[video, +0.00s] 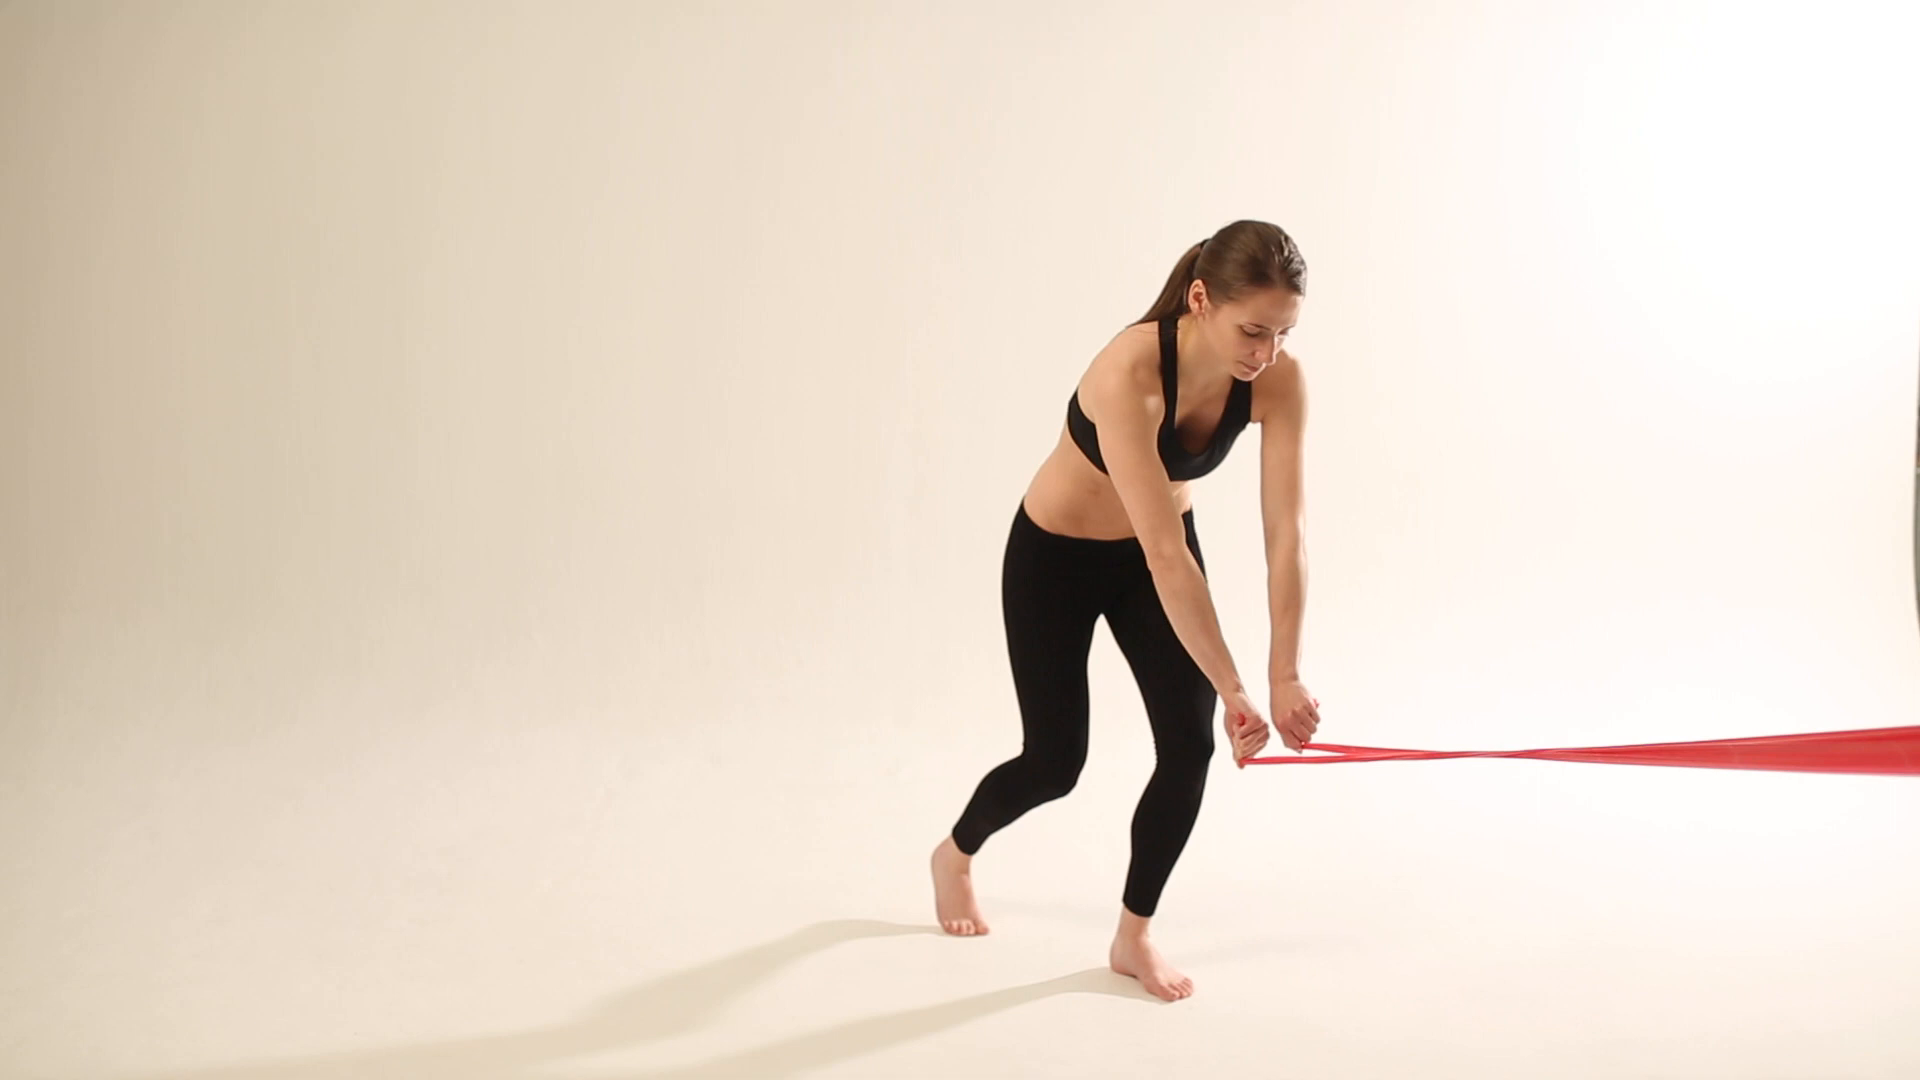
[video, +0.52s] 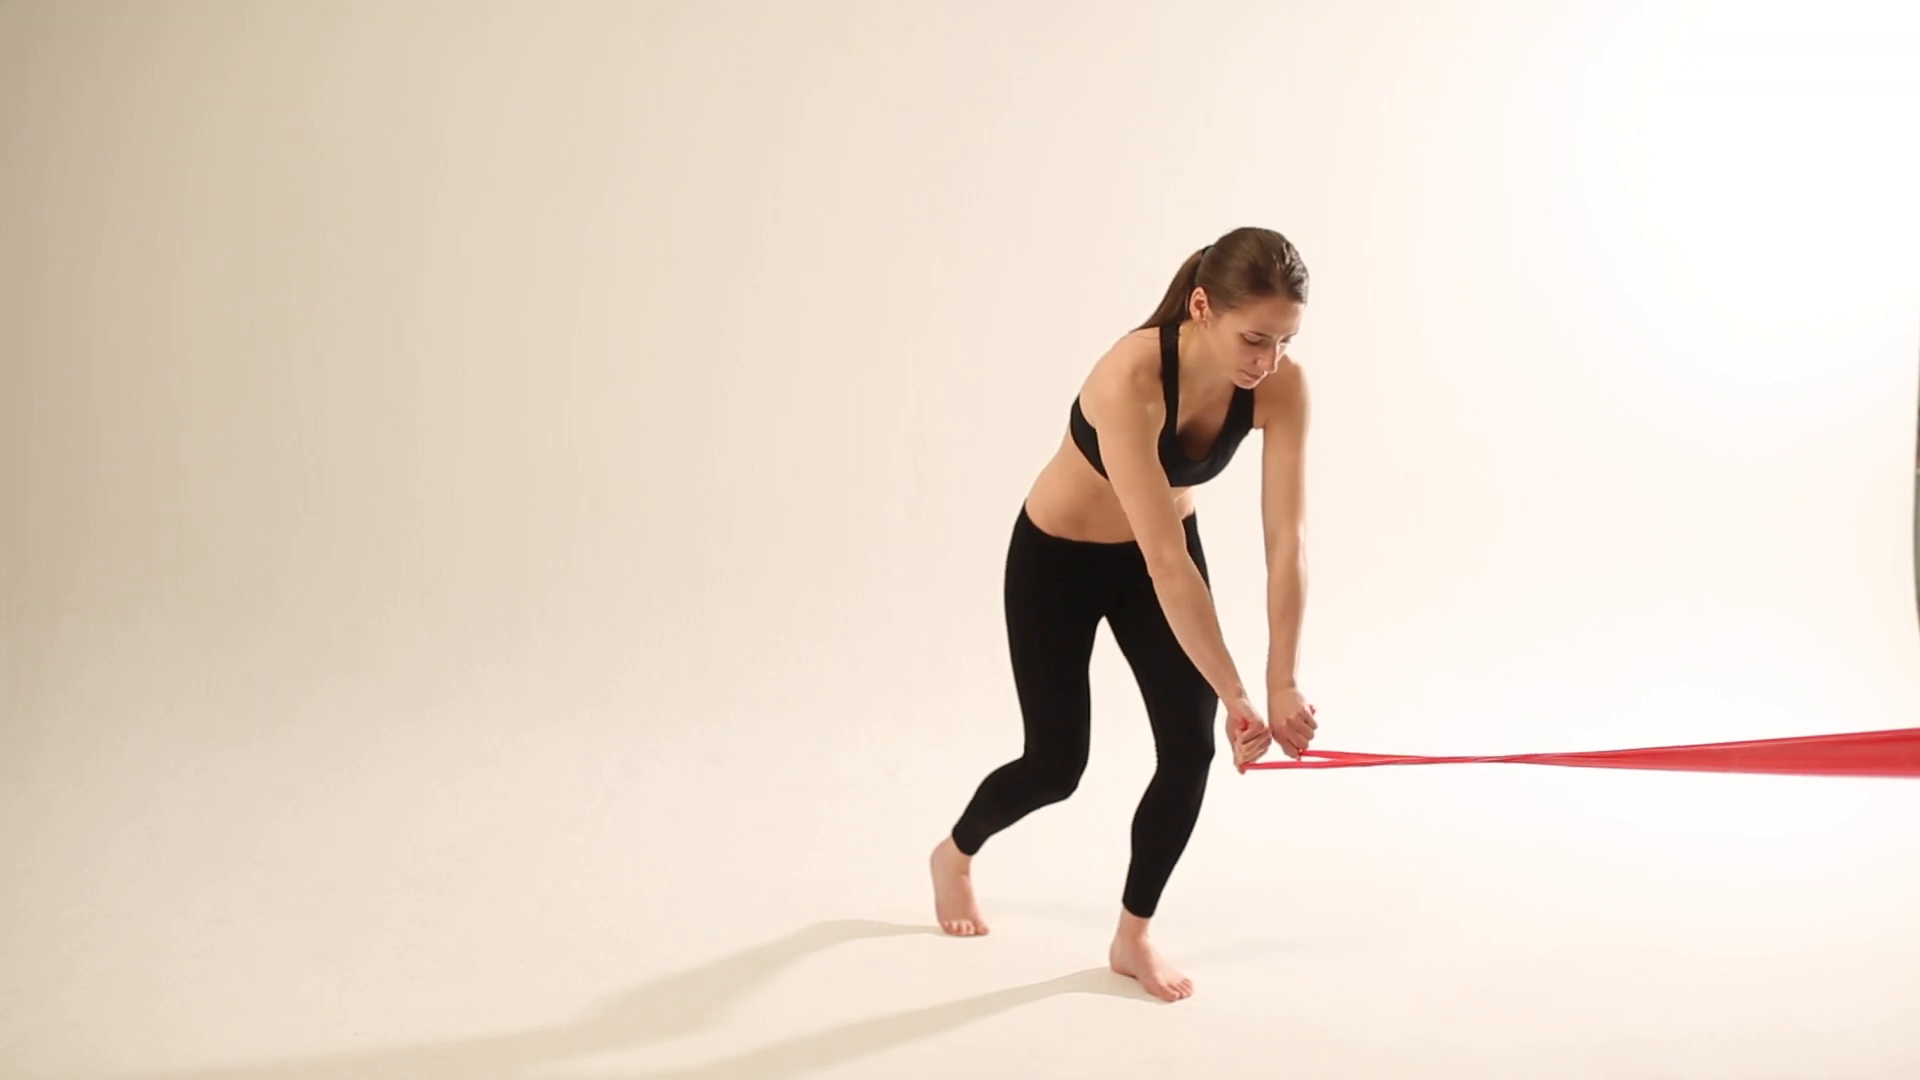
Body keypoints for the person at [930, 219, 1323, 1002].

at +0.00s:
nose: (1268, 351)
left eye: (1282, 332)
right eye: (1253, 330)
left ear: (1295, 313)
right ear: (1198, 299)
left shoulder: (1275, 376)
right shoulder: (1126, 374)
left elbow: (1284, 535)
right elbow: (1166, 557)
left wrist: (1284, 675)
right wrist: (1232, 689)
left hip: (1159, 555)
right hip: (1055, 556)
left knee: (1186, 749)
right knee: (1055, 760)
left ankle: (1133, 931)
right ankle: (954, 851)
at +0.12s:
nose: (1270, 351)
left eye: (1283, 333)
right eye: (1255, 331)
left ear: (1297, 313)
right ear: (1200, 299)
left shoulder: (1277, 377)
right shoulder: (1127, 374)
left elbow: (1286, 534)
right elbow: (1163, 558)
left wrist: (1285, 675)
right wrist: (1228, 694)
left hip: (1160, 554)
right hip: (1056, 556)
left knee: (1186, 749)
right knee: (1054, 760)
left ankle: (1132, 931)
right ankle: (954, 852)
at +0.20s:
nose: (1271, 351)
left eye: (1284, 333)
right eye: (1256, 331)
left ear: (1297, 313)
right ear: (1200, 300)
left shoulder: (1277, 377)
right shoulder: (1127, 374)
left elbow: (1287, 534)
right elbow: (1162, 559)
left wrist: (1287, 675)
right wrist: (1227, 695)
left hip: (1161, 555)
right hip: (1057, 556)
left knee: (1186, 749)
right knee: (1054, 760)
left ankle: (1132, 931)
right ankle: (954, 852)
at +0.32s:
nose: (1272, 353)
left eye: (1285, 334)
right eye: (1256, 333)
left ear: (1298, 315)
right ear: (1201, 301)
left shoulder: (1277, 379)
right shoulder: (1127, 376)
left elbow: (1287, 534)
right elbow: (1163, 559)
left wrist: (1287, 677)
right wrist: (1229, 694)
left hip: (1162, 556)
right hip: (1057, 557)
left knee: (1187, 750)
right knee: (1053, 761)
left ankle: (1133, 931)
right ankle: (954, 852)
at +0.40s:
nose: (1271, 355)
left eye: (1284, 336)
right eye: (1256, 335)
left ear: (1298, 317)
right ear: (1201, 303)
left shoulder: (1278, 380)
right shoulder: (1127, 377)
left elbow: (1286, 535)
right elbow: (1166, 562)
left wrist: (1285, 676)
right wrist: (1233, 693)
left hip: (1162, 555)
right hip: (1057, 557)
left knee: (1186, 752)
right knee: (1055, 762)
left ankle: (1133, 931)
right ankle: (954, 852)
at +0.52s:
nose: (1272, 359)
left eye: (1285, 340)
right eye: (1257, 338)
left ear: (1298, 321)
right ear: (1201, 309)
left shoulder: (1279, 384)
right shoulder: (1128, 378)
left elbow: (1285, 541)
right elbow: (1166, 562)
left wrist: (1282, 681)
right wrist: (1234, 695)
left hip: (1162, 557)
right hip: (1058, 558)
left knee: (1186, 753)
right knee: (1056, 764)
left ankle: (1132, 931)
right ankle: (954, 851)